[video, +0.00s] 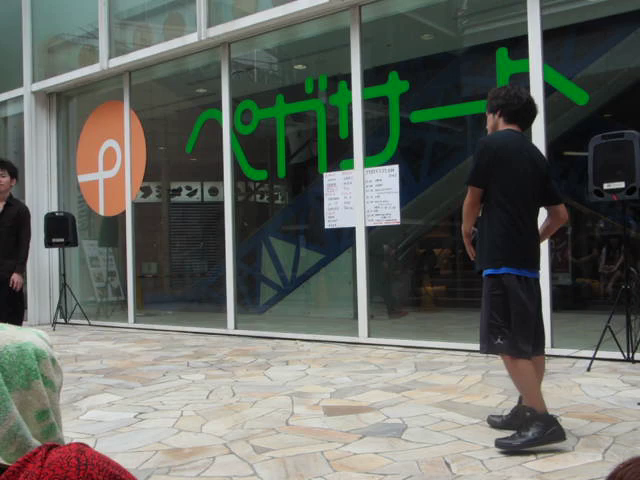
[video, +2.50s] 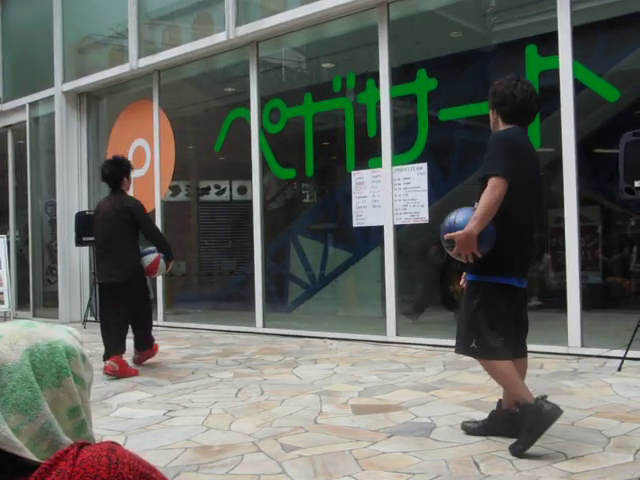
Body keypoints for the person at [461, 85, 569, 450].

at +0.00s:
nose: (486, 122)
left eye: (488, 116)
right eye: (487, 117)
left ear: (497, 116)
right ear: (524, 120)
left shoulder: (491, 144)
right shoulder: (536, 157)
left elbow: (472, 200)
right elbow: (559, 215)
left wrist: (467, 234)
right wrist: (532, 239)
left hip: (501, 259)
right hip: (526, 260)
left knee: (506, 341)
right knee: (530, 340)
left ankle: (543, 421)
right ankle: (527, 409)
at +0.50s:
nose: (497, 104)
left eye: (500, 97)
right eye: (498, 97)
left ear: (515, 100)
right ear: (532, 102)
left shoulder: (519, 141)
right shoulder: (544, 140)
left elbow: (501, 196)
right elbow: (556, 207)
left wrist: (460, 235)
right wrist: (495, 232)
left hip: (525, 265)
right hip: (533, 263)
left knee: (538, 344)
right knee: (528, 339)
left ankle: (561, 430)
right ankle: (527, 408)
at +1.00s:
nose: (488, 96)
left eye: (492, 89)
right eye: (490, 89)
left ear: (508, 93)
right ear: (514, 93)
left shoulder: (537, 127)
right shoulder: (522, 132)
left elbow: (562, 178)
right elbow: (531, 185)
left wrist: (538, 226)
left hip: (537, 260)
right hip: (512, 259)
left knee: (546, 341)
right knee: (493, 322)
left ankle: (565, 428)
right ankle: (514, 395)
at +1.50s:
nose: (486, 108)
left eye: (490, 101)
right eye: (488, 101)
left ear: (504, 105)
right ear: (513, 107)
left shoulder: (513, 137)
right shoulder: (524, 142)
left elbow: (519, 186)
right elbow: (537, 213)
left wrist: (493, 231)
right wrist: (542, 265)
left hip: (519, 266)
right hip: (513, 265)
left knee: (535, 344)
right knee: (510, 341)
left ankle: (580, 426)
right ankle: (503, 415)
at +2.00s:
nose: (490, 119)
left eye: (494, 112)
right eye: (493, 112)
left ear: (508, 116)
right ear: (523, 121)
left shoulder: (505, 141)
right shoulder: (534, 158)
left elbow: (494, 181)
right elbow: (537, 227)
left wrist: (463, 225)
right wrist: (531, 277)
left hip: (497, 263)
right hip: (521, 266)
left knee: (478, 335)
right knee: (517, 339)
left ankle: (529, 398)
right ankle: (512, 413)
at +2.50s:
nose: (488, 114)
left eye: (489, 109)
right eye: (491, 109)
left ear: (495, 112)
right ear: (527, 114)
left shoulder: (503, 142)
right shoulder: (526, 149)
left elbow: (496, 190)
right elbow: (514, 214)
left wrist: (469, 232)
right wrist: (476, 256)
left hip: (495, 265)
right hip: (516, 264)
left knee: (478, 340)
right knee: (513, 340)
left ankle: (532, 408)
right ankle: (506, 413)